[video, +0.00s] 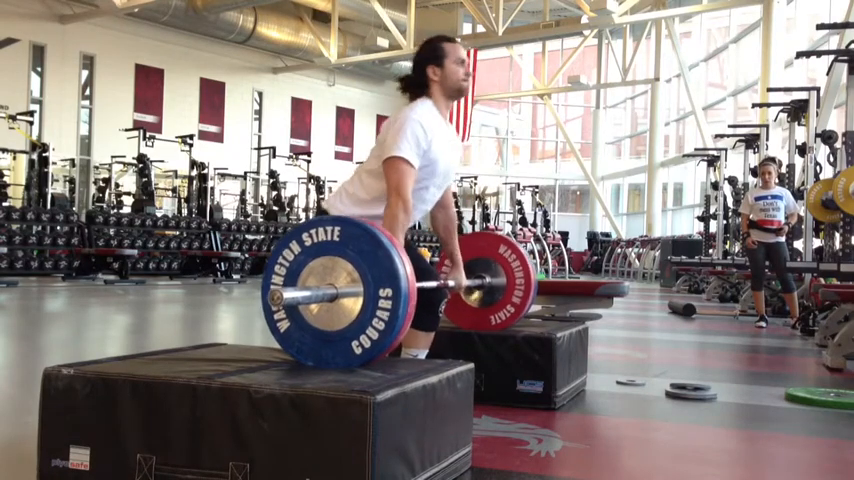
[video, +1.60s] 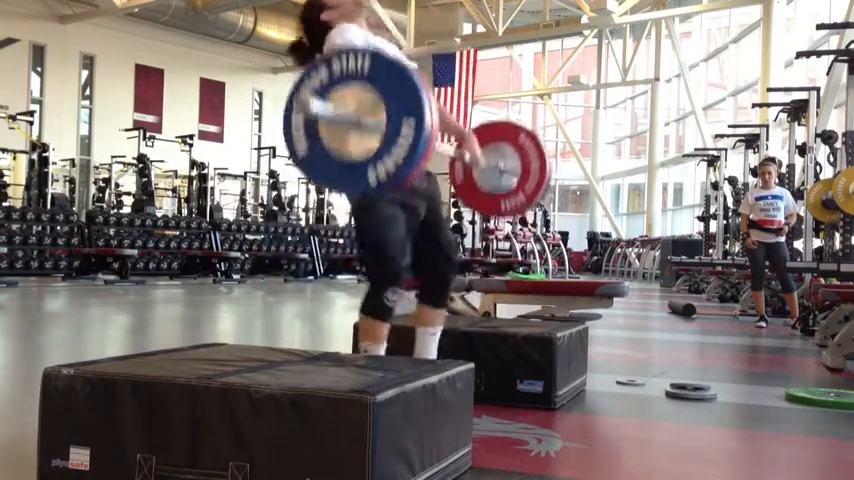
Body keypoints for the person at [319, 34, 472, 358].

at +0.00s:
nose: (468, 70)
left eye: (468, 64)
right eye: (460, 63)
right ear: (434, 72)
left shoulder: (447, 135)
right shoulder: (413, 119)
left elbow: (442, 205)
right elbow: (398, 199)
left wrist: (455, 262)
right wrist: (389, 269)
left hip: (385, 229)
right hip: (348, 224)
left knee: (430, 290)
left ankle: (408, 383)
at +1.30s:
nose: (466, 13)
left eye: (461, 7)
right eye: (455, 8)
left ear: (443, 27)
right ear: (436, 26)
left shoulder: (457, 79)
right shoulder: (429, 64)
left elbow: (450, 154)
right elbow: (406, 139)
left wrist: (454, 212)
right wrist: (392, 209)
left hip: (413, 205)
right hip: (385, 202)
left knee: (434, 285)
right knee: (402, 285)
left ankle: (412, 383)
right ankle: (374, 385)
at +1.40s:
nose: (410, 2)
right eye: (398, 1)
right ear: (378, 18)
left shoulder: (419, 62)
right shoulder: (391, 52)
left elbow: (433, 140)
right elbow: (389, 127)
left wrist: (455, 196)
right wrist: (404, 196)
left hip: (442, 201)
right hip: (412, 199)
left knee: (454, 291)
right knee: (409, 295)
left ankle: (417, 374)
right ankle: (376, 380)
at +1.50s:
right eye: (337, 1)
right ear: (334, 20)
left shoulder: (389, 52)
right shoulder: (354, 44)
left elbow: (420, 115)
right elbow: (368, 105)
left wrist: (457, 158)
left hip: (426, 183)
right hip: (390, 182)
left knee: (426, 278)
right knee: (387, 280)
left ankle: (415, 373)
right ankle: (371, 377)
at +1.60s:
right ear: (327, 14)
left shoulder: (383, 43)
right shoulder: (343, 38)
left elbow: (420, 97)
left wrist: (462, 132)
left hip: (419, 181)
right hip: (378, 185)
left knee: (441, 268)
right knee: (387, 277)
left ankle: (423, 372)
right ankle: (369, 378)